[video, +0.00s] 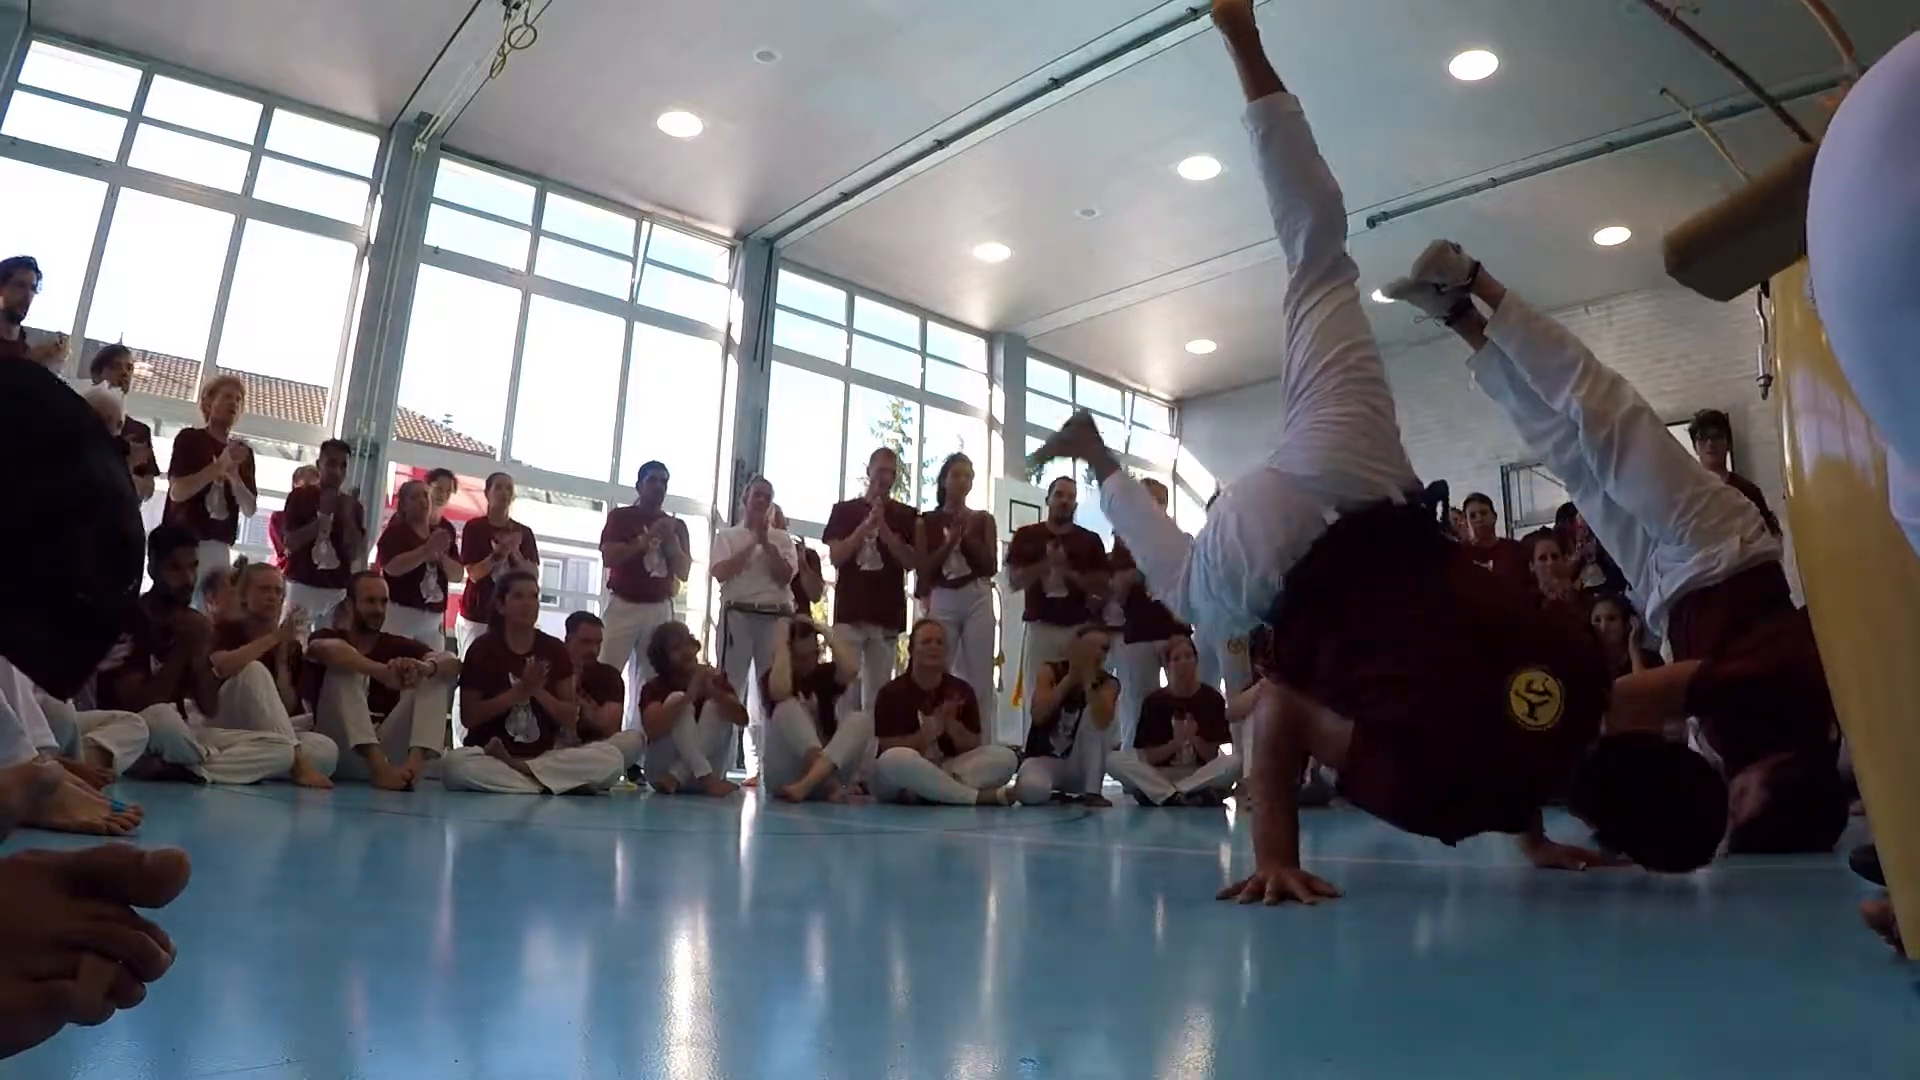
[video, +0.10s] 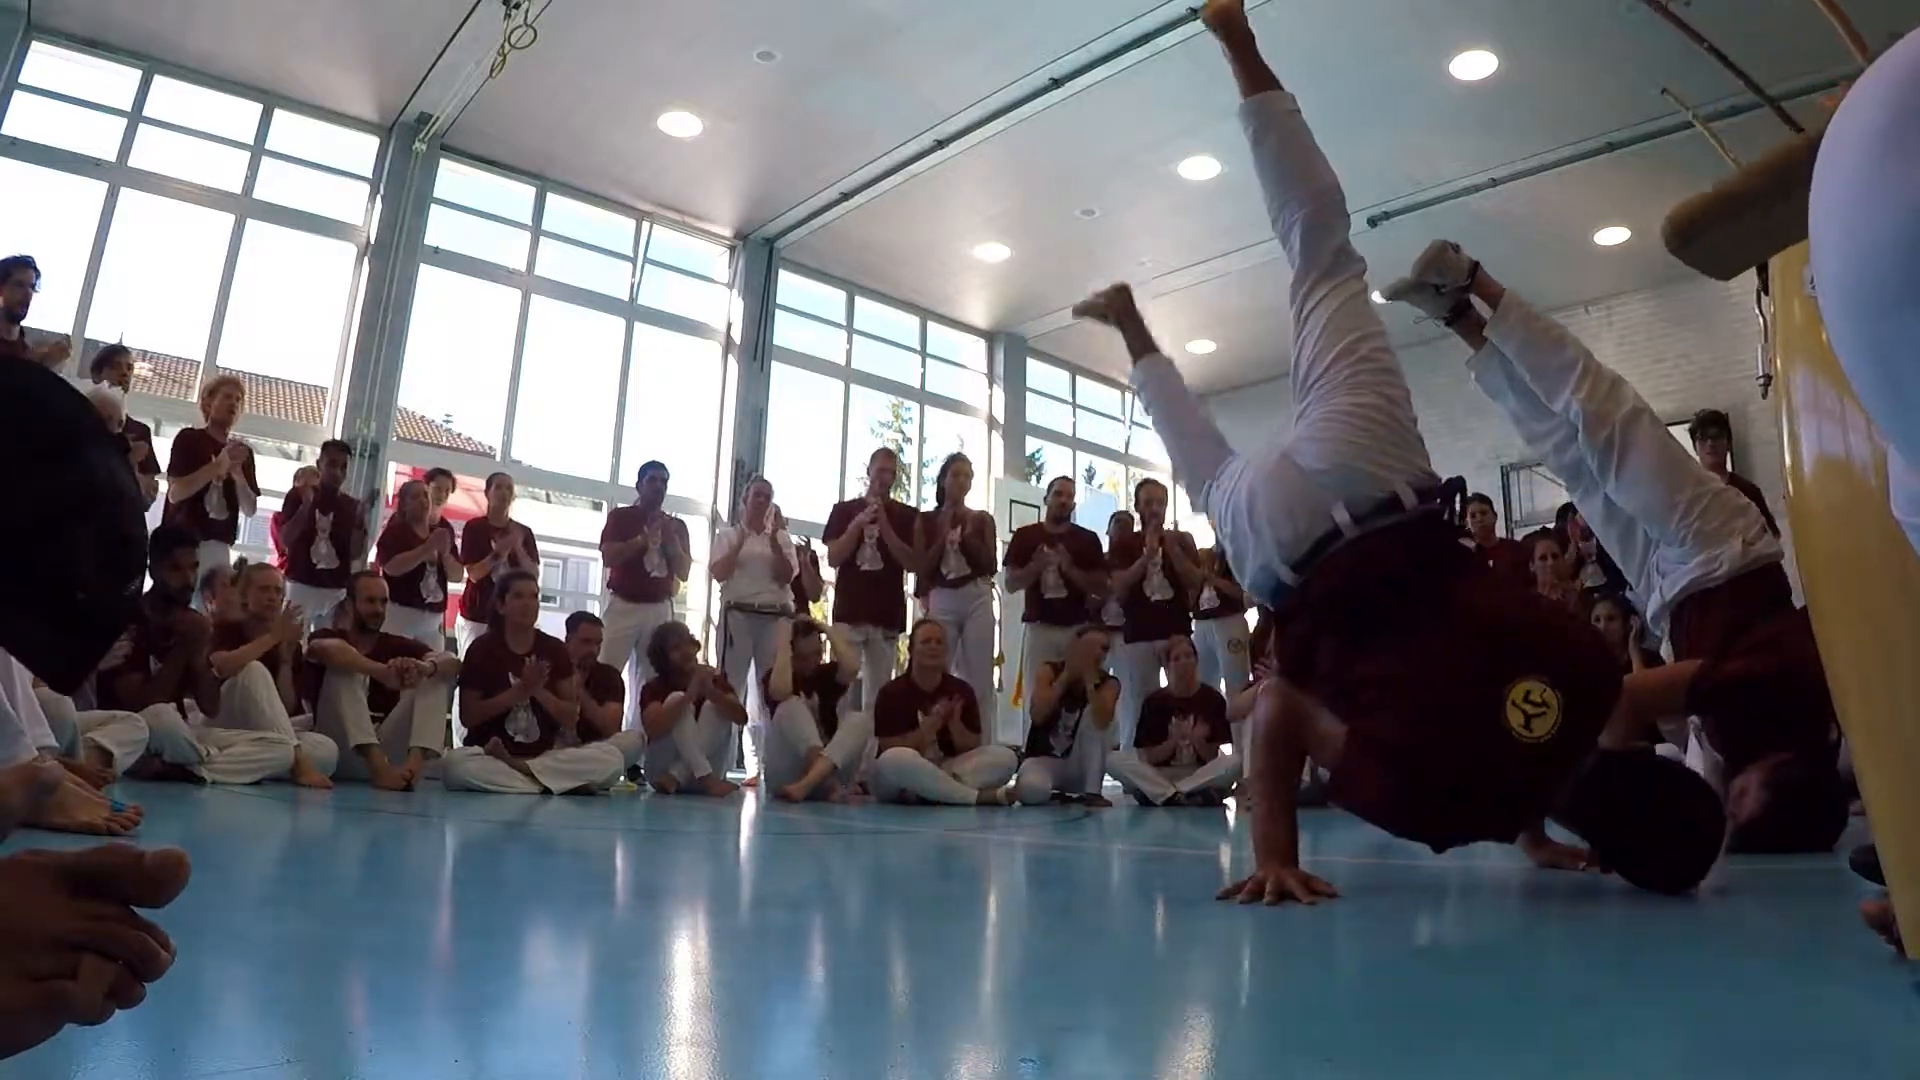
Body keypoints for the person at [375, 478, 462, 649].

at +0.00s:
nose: (423, 501)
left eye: (426, 496)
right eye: (415, 497)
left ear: (431, 501)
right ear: (402, 504)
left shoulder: (441, 533)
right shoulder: (395, 531)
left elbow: (457, 575)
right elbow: (392, 568)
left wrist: (441, 555)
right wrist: (428, 549)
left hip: (434, 614)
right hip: (400, 611)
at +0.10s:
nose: (423, 501)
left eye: (426, 496)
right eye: (415, 497)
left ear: (431, 500)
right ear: (402, 504)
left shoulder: (440, 532)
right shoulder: (395, 530)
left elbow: (457, 576)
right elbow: (391, 568)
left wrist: (446, 554)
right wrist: (428, 548)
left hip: (434, 614)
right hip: (400, 611)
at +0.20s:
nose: (424, 501)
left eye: (426, 496)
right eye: (416, 497)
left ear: (431, 500)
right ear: (404, 504)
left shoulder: (440, 531)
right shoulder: (395, 530)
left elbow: (456, 576)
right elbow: (391, 569)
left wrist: (445, 549)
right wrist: (429, 547)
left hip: (434, 614)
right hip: (401, 610)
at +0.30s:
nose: (423, 501)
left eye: (427, 496)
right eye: (416, 497)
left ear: (432, 501)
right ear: (404, 504)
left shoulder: (440, 531)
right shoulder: (394, 528)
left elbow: (457, 575)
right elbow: (392, 568)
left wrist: (441, 555)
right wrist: (429, 548)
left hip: (433, 613)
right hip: (400, 610)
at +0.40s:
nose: (423, 501)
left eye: (427, 496)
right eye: (416, 497)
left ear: (433, 501)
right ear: (403, 503)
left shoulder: (439, 531)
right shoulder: (393, 529)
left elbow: (457, 575)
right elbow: (392, 568)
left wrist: (442, 554)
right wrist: (429, 548)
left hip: (433, 613)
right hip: (399, 609)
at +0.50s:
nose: (424, 501)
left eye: (428, 496)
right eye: (416, 496)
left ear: (433, 500)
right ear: (405, 502)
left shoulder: (439, 531)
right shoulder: (395, 530)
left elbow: (456, 576)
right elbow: (391, 568)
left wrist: (447, 550)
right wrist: (427, 547)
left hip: (433, 613)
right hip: (400, 609)